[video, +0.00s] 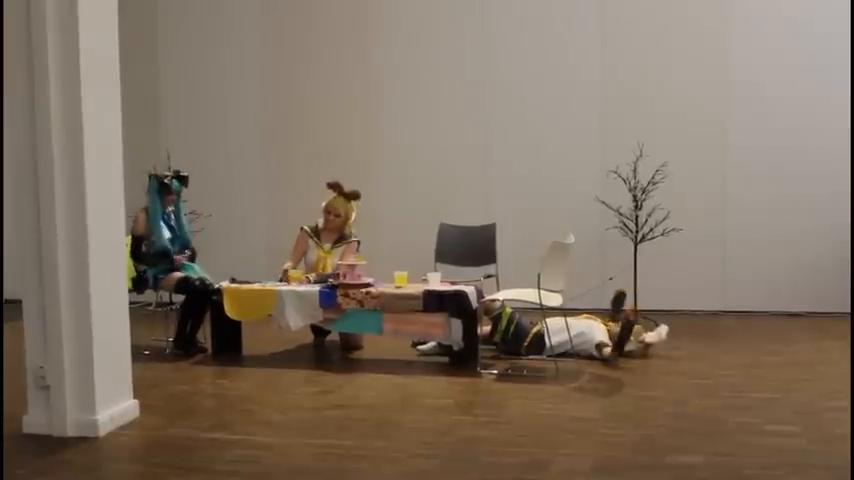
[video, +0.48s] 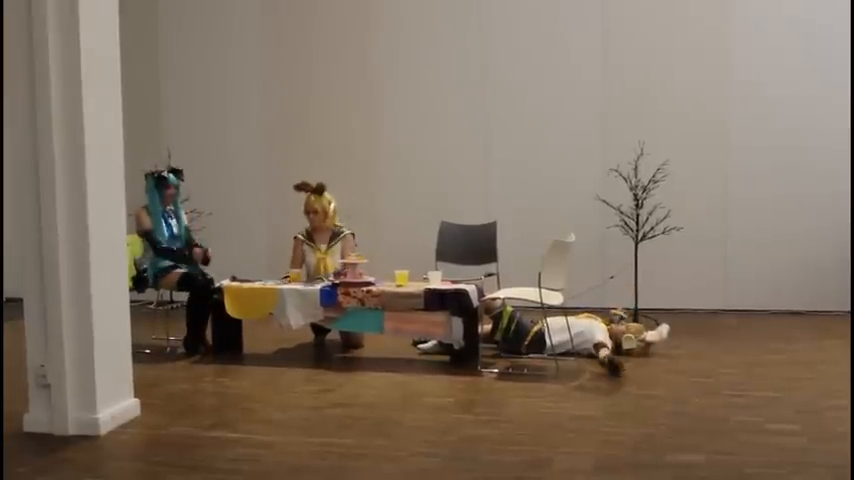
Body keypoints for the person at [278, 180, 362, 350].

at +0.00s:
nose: (330, 218)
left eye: (337, 215)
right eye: (328, 213)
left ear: (347, 219)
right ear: (323, 211)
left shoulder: (350, 241)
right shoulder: (308, 233)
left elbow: (341, 274)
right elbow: (293, 261)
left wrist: (312, 278)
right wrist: (286, 272)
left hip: (340, 292)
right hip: (311, 292)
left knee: (352, 344)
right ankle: (318, 336)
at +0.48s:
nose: (310, 217)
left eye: (315, 213)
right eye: (307, 213)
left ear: (328, 213)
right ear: (304, 213)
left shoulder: (344, 236)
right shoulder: (302, 239)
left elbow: (350, 269)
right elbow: (295, 272)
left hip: (341, 292)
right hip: (313, 294)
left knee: (355, 342)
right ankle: (319, 337)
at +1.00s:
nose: (306, 218)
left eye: (311, 213)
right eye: (302, 214)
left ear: (323, 213)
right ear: (298, 214)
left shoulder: (336, 235)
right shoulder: (297, 239)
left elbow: (345, 268)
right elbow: (293, 271)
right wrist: (294, 280)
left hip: (336, 289)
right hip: (309, 292)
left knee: (354, 343)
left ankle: (346, 331)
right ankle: (319, 337)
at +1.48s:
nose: (306, 211)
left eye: (310, 207)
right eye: (307, 207)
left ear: (324, 209)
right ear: (310, 209)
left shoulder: (345, 235)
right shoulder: (302, 236)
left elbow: (349, 268)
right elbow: (296, 271)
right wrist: (290, 281)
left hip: (341, 293)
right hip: (312, 295)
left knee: (354, 344)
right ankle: (319, 337)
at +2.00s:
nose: (307, 211)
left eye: (313, 207)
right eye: (307, 206)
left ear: (327, 210)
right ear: (305, 209)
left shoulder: (340, 230)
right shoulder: (302, 233)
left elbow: (346, 260)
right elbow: (295, 264)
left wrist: (342, 278)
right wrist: (289, 279)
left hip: (337, 289)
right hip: (310, 291)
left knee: (353, 344)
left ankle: (345, 336)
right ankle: (317, 339)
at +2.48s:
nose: (306, 208)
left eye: (311, 203)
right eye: (306, 203)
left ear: (324, 207)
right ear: (306, 207)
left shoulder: (337, 231)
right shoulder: (305, 230)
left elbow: (349, 193)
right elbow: (297, 203)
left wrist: (361, 165)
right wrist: (295, 175)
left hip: (337, 298)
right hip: (310, 299)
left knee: (352, 345)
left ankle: (345, 334)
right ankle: (317, 338)